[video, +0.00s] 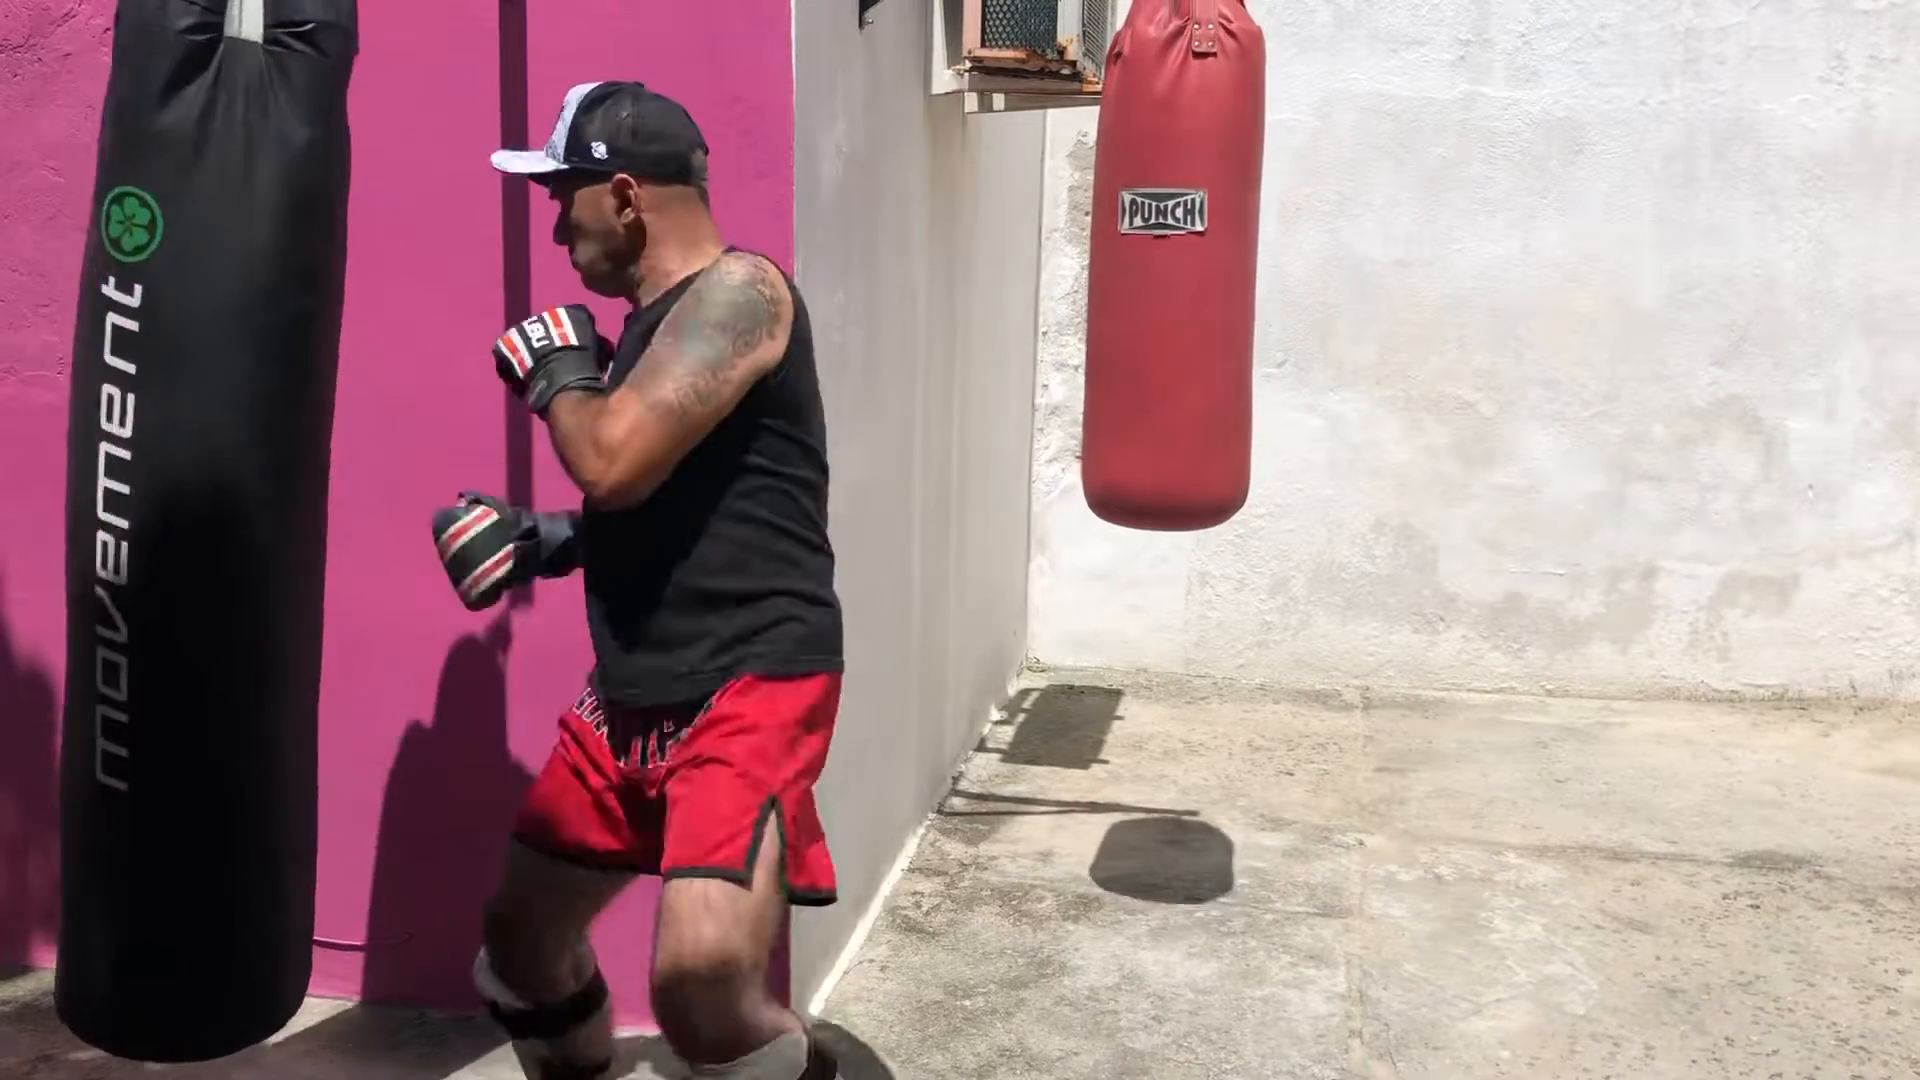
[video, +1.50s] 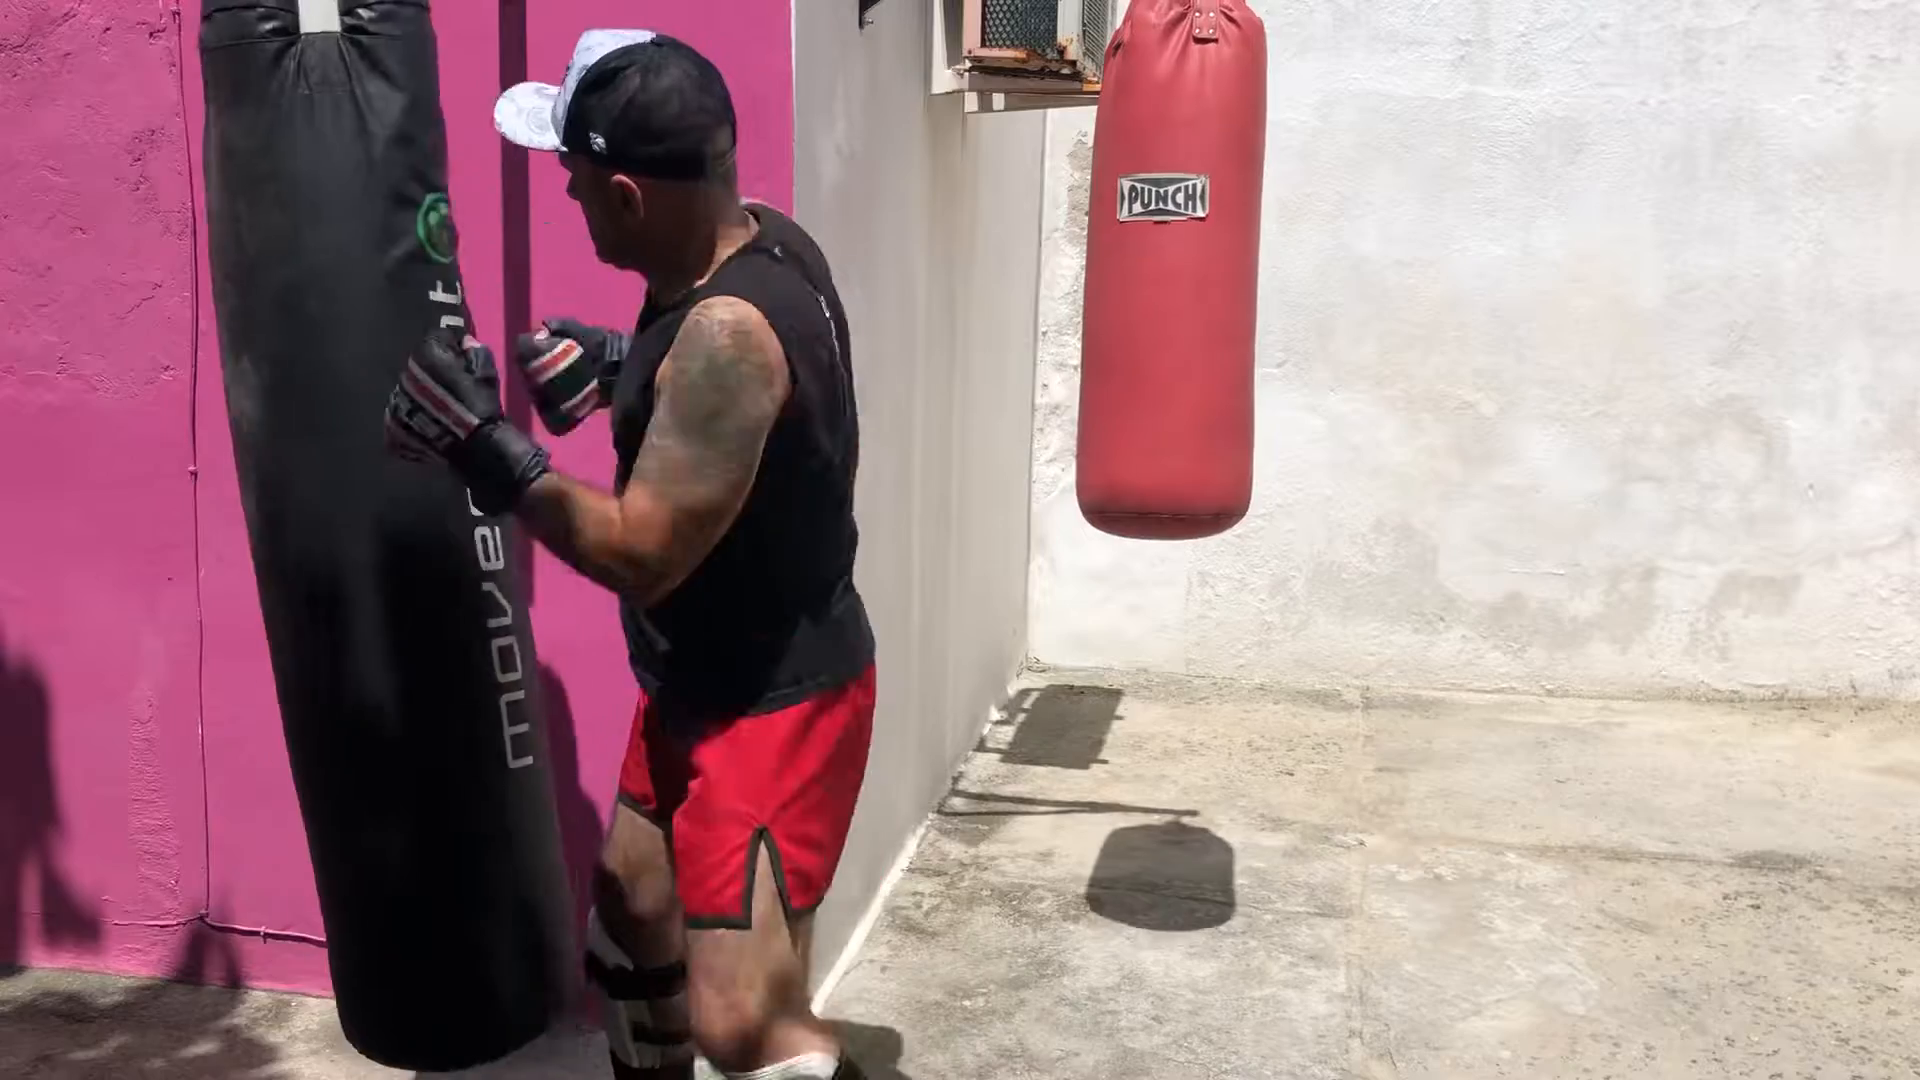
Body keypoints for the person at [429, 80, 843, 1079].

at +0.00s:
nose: (556, 220)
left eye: (566, 193)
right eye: (554, 196)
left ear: (633, 194)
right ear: (638, 198)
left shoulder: (744, 292)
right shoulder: (640, 334)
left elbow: (613, 460)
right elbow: (672, 517)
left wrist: (555, 370)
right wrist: (547, 542)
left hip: (753, 683)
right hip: (630, 692)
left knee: (704, 1001)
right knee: (524, 944)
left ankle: (825, 1067)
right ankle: (586, 1075)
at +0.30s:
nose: (776, 215)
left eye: (788, 192)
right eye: (776, 192)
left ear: (851, 195)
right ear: (857, 194)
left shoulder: (944, 283)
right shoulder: (900, 293)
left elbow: (919, 469)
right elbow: (896, 456)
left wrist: (776, 376)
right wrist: (775, 367)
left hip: (975, 660)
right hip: (929, 657)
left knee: (823, 926)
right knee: (970, 918)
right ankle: (1097, 1057)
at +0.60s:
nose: (850, 213)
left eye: (862, 189)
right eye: (849, 189)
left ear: (930, 189)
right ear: (940, 185)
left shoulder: (1015, 298)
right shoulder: (1020, 279)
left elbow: (897, 488)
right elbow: (1001, 431)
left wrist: (829, 364)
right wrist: (898, 364)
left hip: (1050, 686)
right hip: (1027, 677)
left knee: (1082, 1006)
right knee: (1060, 970)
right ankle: (1150, 1064)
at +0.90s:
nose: (843, 205)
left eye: (856, 180)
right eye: (844, 180)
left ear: (927, 182)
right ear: (933, 181)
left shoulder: (1042, 299)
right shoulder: (981, 289)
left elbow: (933, 505)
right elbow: (963, 410)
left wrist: (820, 377)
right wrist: (863, 336)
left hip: (1056, 695)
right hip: (1000, 687)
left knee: (974, 1005)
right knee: (1062, 949)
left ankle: (1086, 1060)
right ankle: (1154, 1068)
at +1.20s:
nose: (724, 215)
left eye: (734, 193)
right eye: (725, 192)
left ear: (791, 208)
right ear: (873, 199)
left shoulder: (863, 346)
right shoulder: (969, 305)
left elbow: (726, 553)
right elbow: (1063, 482)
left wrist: (672, 399)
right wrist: (1085, 602)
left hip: (920, 768)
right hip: (835, 738)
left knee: (893, 1057)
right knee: (722, 929)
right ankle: (843, 1057)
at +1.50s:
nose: (570, 192)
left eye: (577, 176)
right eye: (570, 173)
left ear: (627, 193)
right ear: (708, 166)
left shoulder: (730, 334)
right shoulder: (760, 241)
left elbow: (641, 556)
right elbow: (755, 388)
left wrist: (494, 456)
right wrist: (625, 363)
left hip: (771, 697)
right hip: (697, 675)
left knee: (742, 1019)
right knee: (637, 898)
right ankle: (655, 1064)